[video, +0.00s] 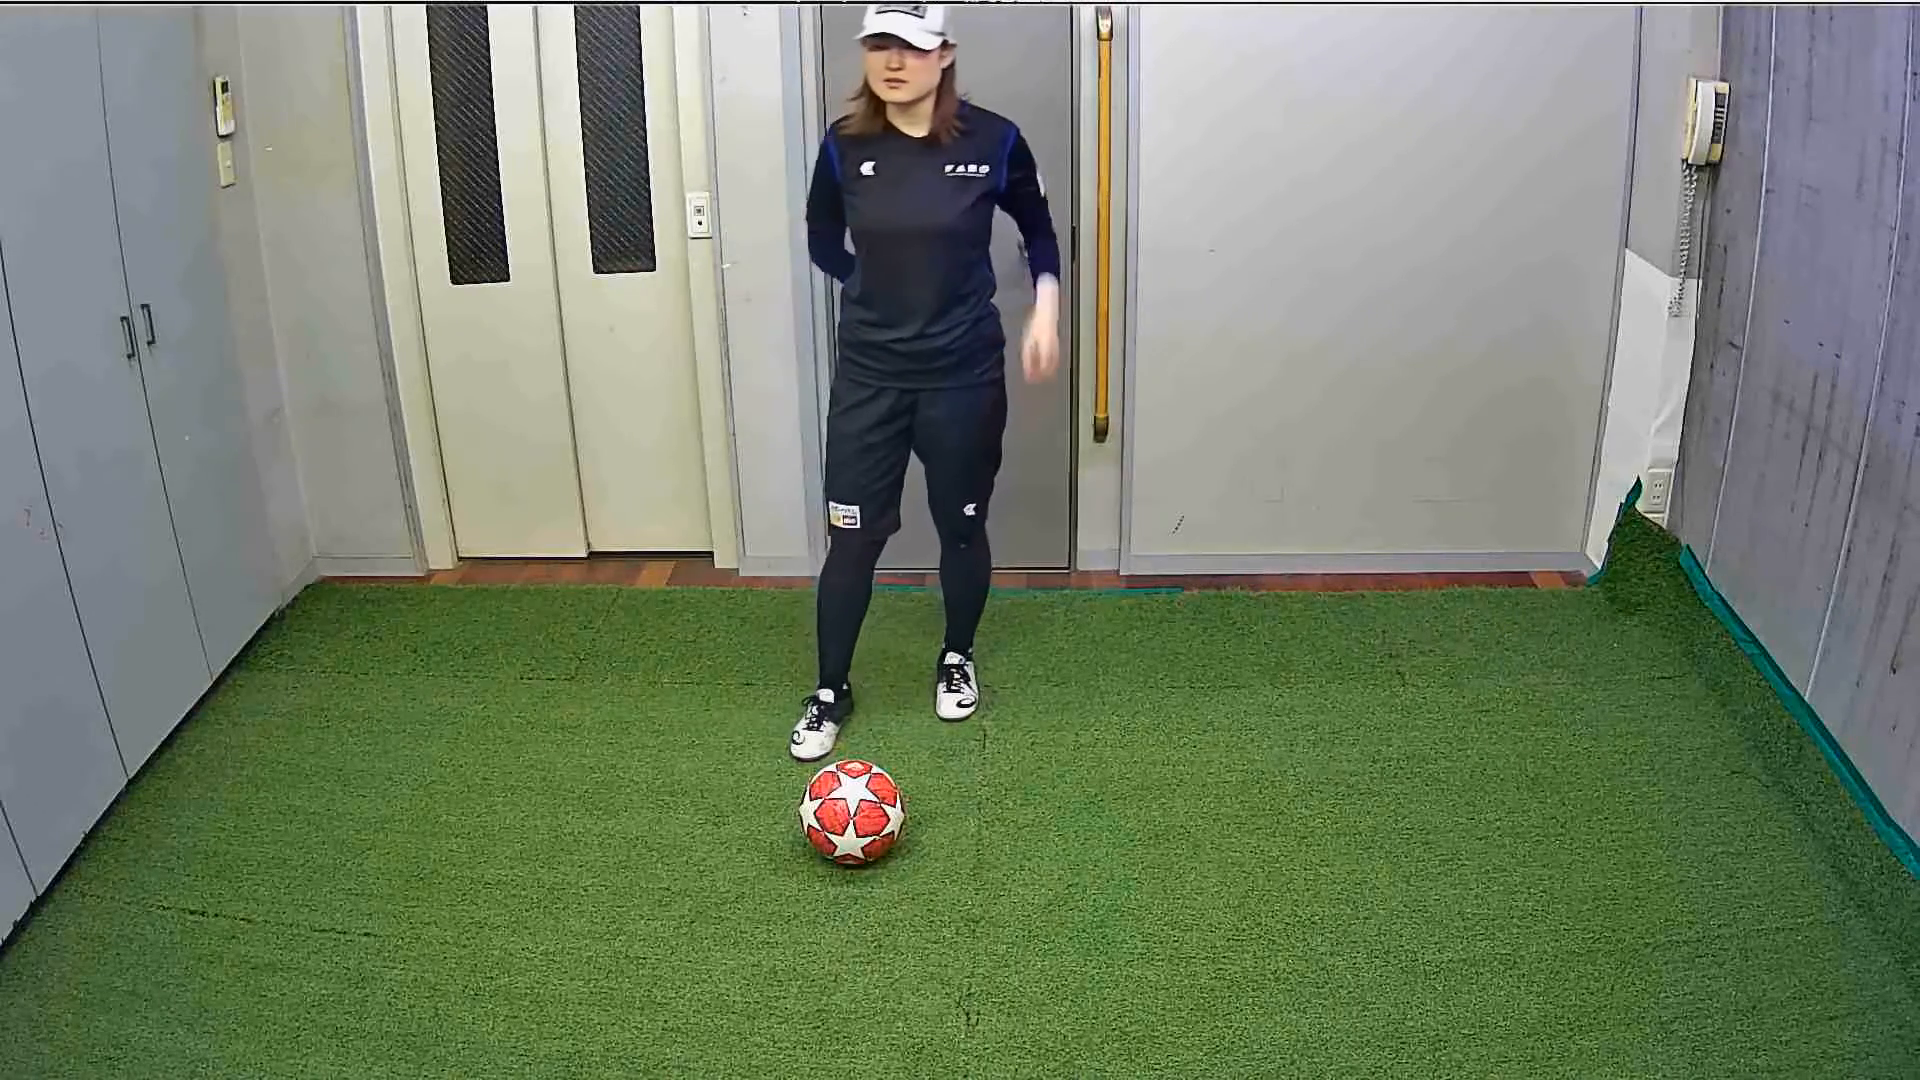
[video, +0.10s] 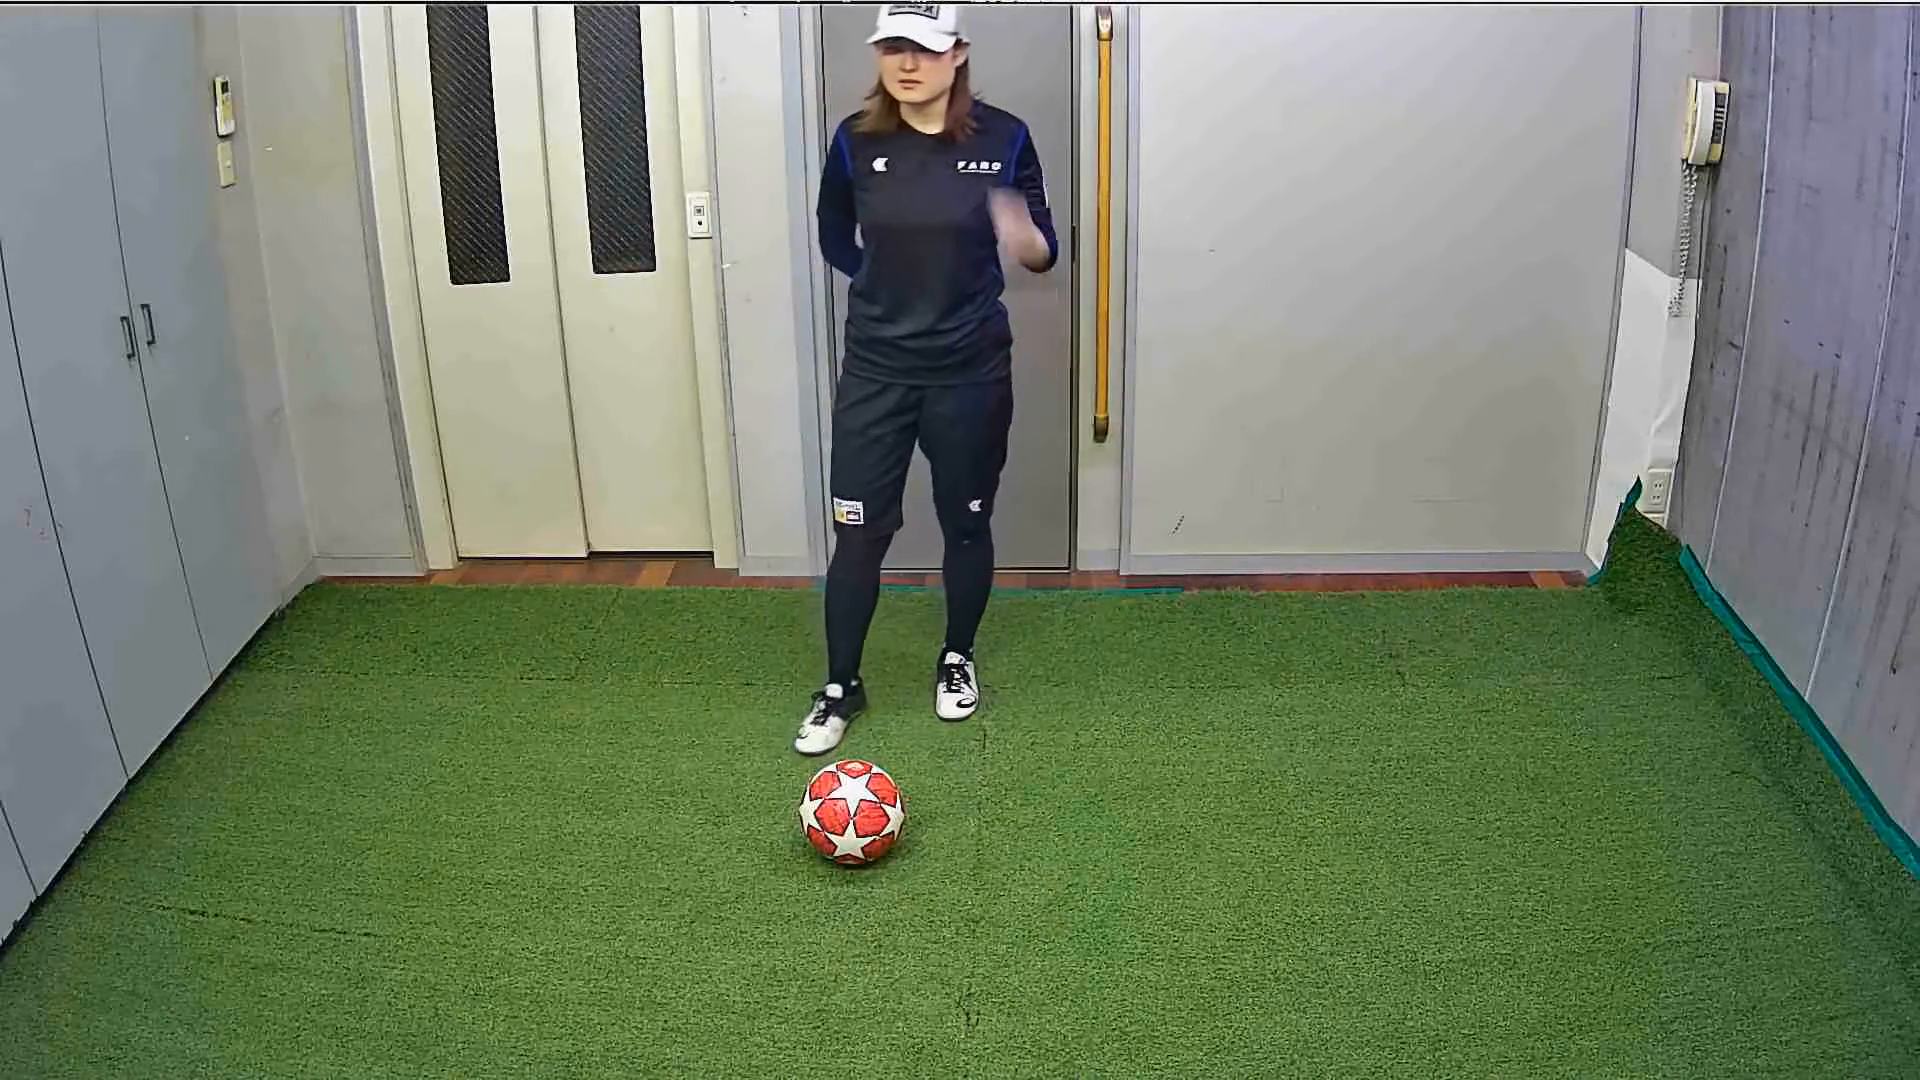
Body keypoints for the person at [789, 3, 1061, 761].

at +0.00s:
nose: (890, 60)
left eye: (907, 47)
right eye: (878, 47)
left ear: (943, 56)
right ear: (863, 59)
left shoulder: (994, 142)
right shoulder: (845, 144)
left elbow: (1037, 226)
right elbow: (822, 240)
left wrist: (1045, 314)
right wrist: (872, 280)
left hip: (962, 366)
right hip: (868, 367)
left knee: (961, 522)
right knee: (851, 527)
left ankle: (956, 661)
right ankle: (830, 692)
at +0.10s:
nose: (909, 62)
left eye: (925, 49)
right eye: (896, 48)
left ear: (957, 57)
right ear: (878, 59)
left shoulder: (1004, 138)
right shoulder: (855, 140)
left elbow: (1042, 257)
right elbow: (834, 238)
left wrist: (1024, 240)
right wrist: (886, 278)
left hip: (969, 363)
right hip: (875, 363)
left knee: (966, 522)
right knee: (856, 524)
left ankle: (957, 660)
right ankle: (840, 687)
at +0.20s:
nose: (919, 66)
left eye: (935, 52)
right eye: (906, 52)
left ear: (970, 55)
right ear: (891, 57)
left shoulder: (1014, 137)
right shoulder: (868, 133)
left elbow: (1018, 250)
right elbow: (839, 239)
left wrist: (981, 153)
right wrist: (894, 279)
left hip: (974, 363)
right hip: (881, 360)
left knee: (969, 521)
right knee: (863, 525)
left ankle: (958, 659)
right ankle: (850, 683)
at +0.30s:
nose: (925, 66)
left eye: (941, 52)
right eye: (912, 52)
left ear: (974, 56)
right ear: (897, 58)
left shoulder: (1014, 137)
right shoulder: (870, 134)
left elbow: (997, 243)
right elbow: (841, 240)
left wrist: (965, 141)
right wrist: (902, 281)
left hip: (975, 364)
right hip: (883, 363)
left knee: (969, 522)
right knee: (866, 525)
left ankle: (958, 661)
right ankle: (850, 684)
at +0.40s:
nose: (930, 62)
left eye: (945, 49)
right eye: (917, 48)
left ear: (976, 55)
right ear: (900, 57)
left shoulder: (1014, 137)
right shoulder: (872, 133)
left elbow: (988, 241)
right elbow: (847, 241)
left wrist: (959, 143)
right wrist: (909, 278)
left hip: (976, 366)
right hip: (884, 363)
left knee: (971, 522)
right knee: (865, 524)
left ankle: (958, 662)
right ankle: (849, 684)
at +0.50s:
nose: (929, 62)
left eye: (944, 47)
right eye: (917, 47)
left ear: (976, 54)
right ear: (901, 54)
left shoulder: (1015, 138)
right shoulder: (874, 134)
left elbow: (986, 242)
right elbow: (849, 238)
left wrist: (956, 146)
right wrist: (908, 275)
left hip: (976, 365)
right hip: (884, 361)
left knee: (970, 521)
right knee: (865, 523)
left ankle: (958, 662)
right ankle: (849, 684)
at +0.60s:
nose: (929, 62)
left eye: (945, 49)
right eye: (916, 48)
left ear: (976, 54)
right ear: (900, 54)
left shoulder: (1016, 139)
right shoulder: (874, 134)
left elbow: (985, 239)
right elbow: (850, 238)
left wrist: (954, 142)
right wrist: (909, 273)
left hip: (974, 365)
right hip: (883, 361)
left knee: (970, 522)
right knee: (866, 524)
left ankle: (958, 662)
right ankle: (849, 684)